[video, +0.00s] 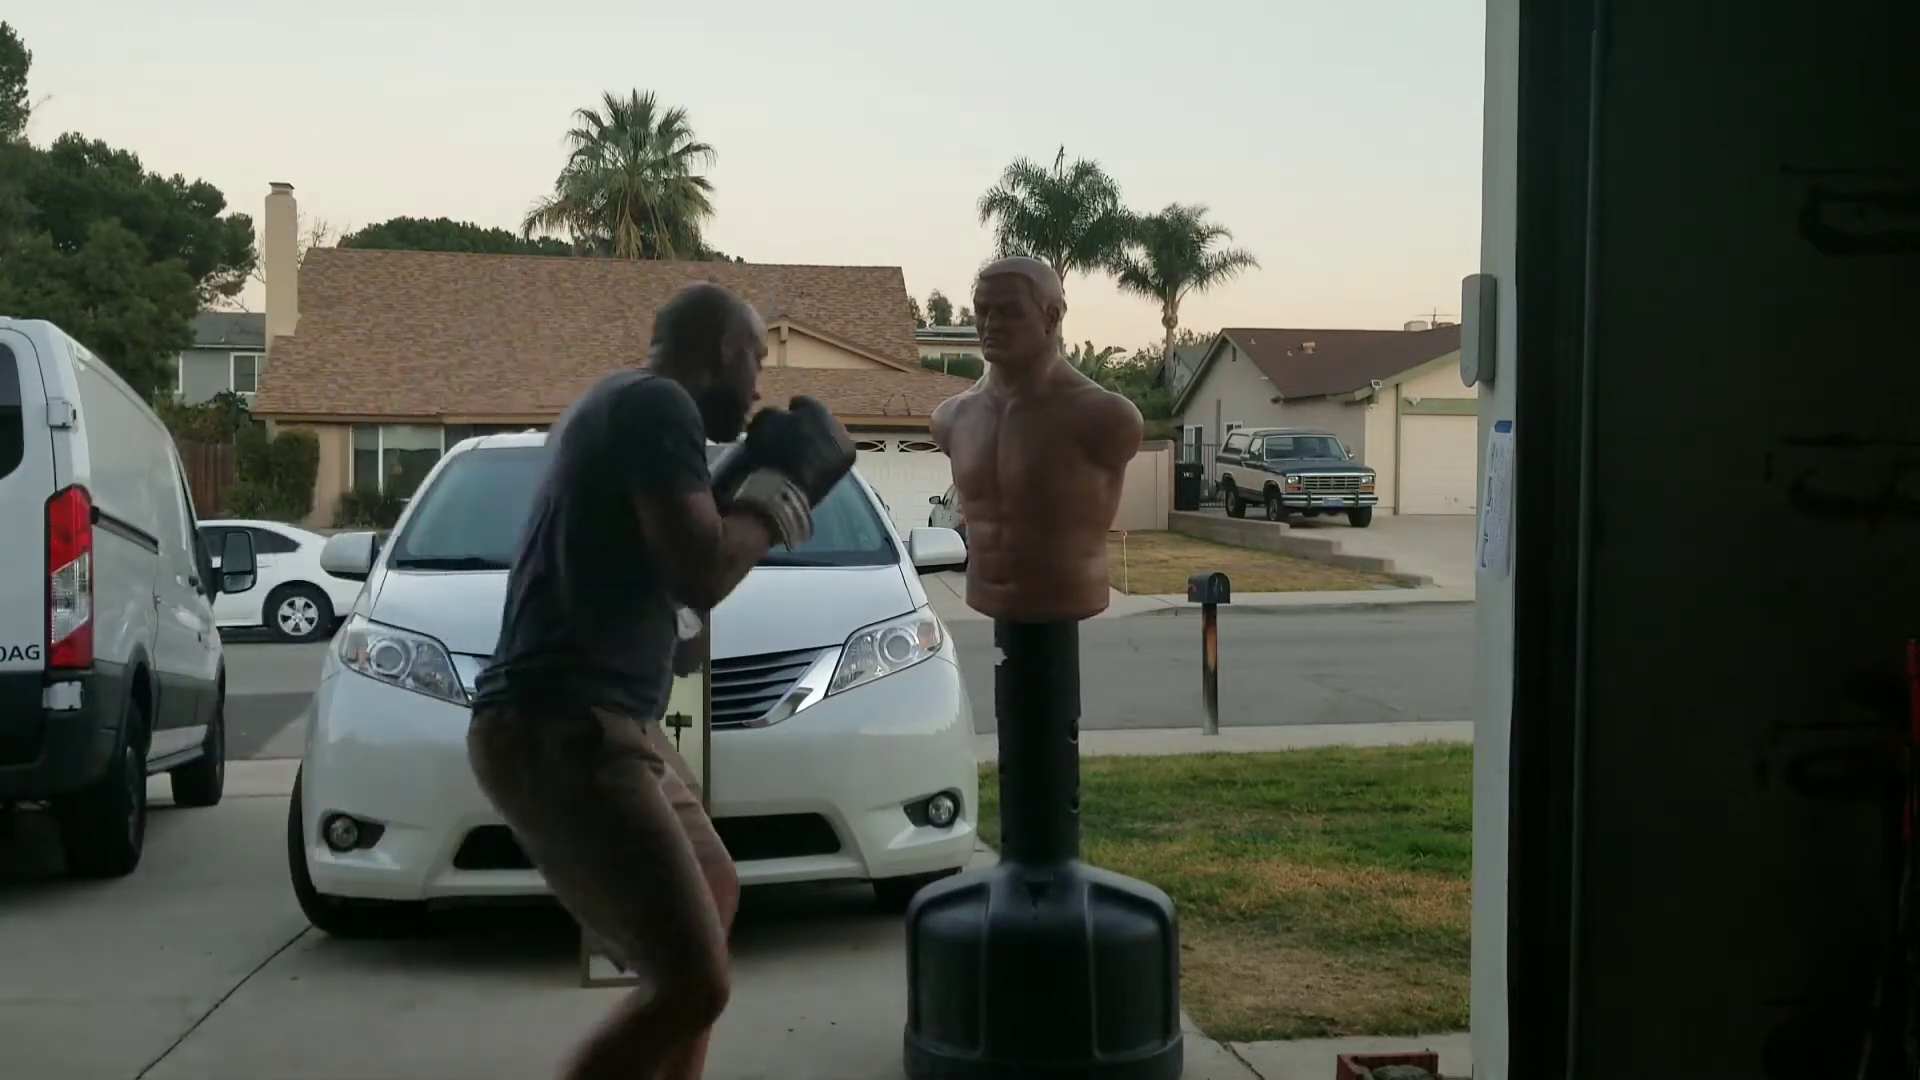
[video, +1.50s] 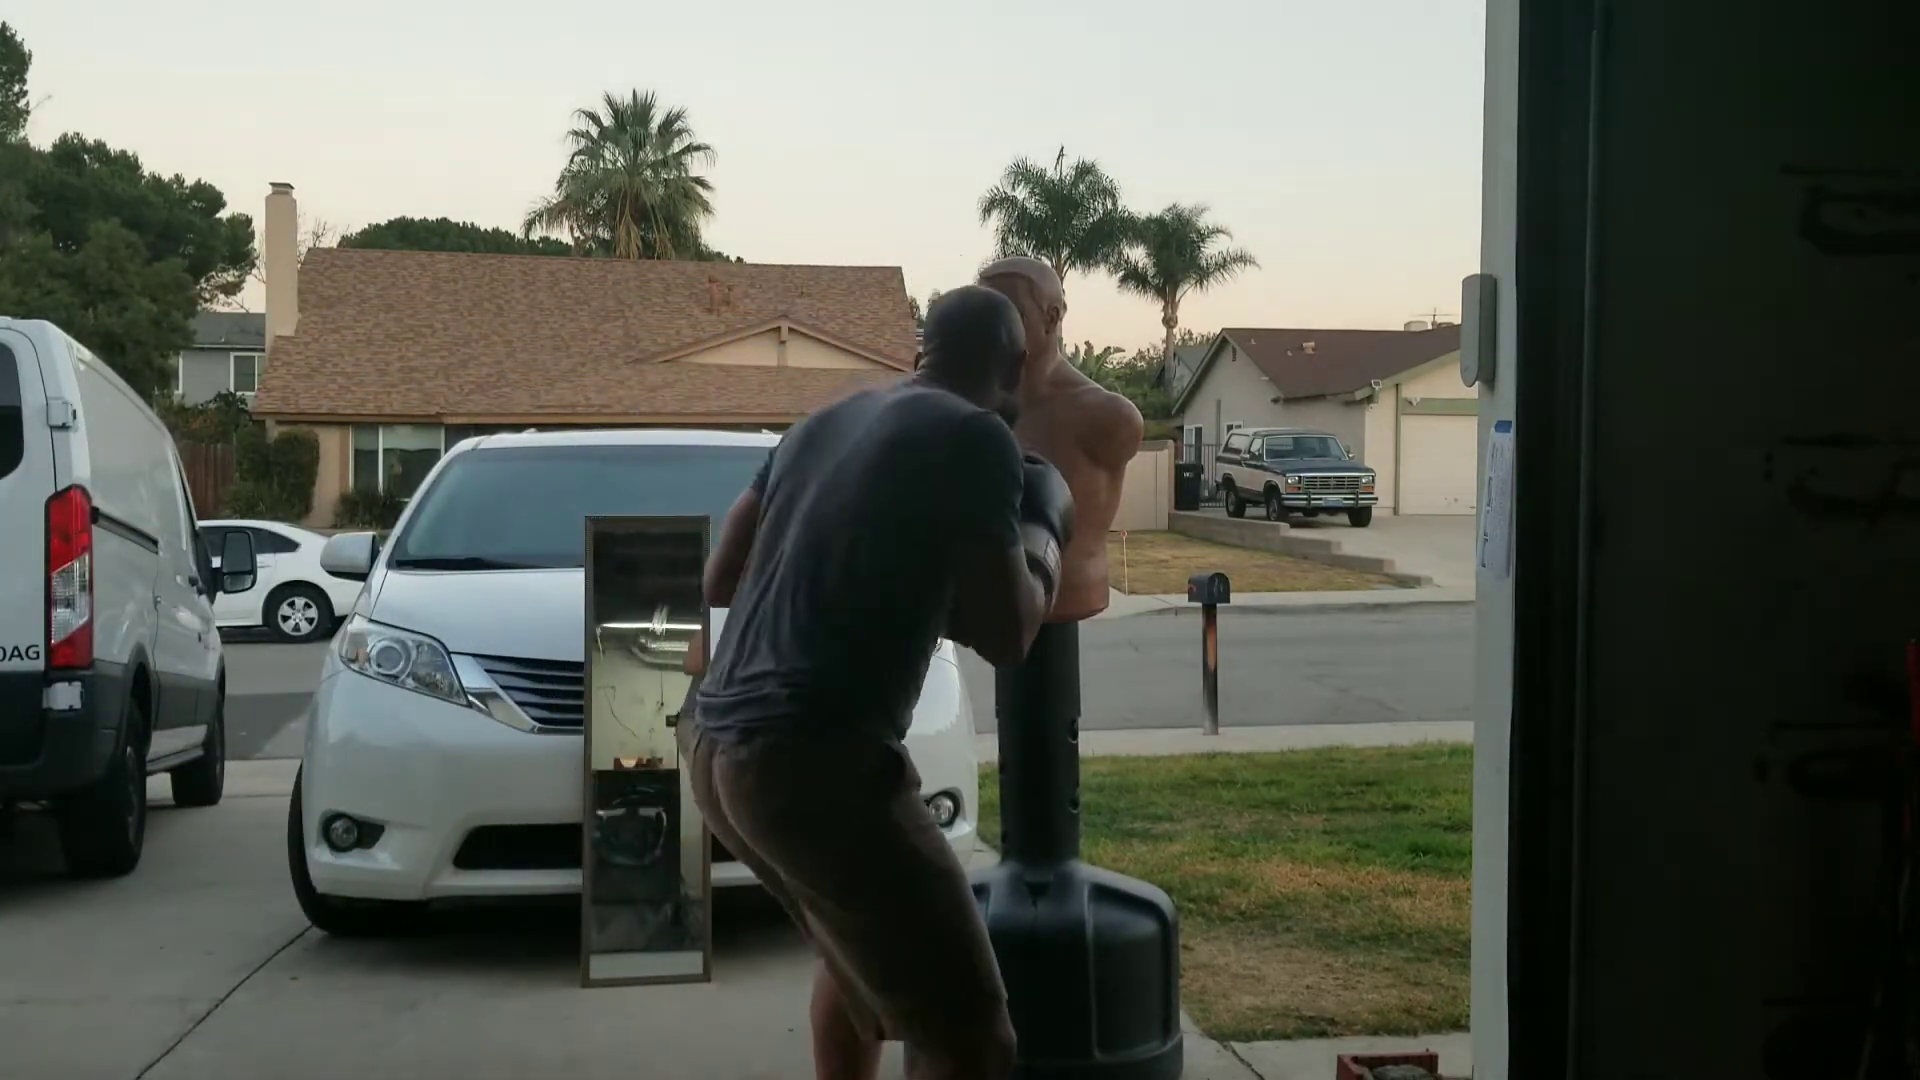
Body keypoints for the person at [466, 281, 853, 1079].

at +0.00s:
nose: (760, 385)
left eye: (760, 365)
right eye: (755, 363)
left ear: (677, 349)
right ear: (720, 355)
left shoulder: (637, 405)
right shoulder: (653, 405)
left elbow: (670, 560)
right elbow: (704, 576)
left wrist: (742, 480)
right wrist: (779, 487)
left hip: (610, 719)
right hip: (563, 726)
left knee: (713, 889)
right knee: (693, 984)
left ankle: (675, 1062)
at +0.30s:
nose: (842, 366)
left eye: (844, 347)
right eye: (844, 344)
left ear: (744, 329)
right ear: (820, 340)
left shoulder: (648, 396)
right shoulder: (755, 412)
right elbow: (822, 586)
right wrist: (874, 484)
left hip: (583, 737)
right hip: (654, 745)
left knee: (673, 966)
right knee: (776, 1034)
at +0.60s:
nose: (847, 270)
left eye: (846, 252)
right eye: (841, 247)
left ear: (732, 237)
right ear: (820, 239)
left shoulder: (638, 332)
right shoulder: (786, 335)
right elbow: (904, 509)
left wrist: (830, 312)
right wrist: (916, 354)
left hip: (615, 722)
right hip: (716, 729)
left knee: (684, 1017)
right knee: (742, 1039)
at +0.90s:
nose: (859, 237)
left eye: (856, 225)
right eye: (858, 223)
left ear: (746, 229)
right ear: (851, 222)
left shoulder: (643, 335)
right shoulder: (864, 326)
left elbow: (619, 525)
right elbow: (953, 528)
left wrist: (722, 516)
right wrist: (978, 397)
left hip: (665, 706)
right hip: (783, 713)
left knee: (753, 968)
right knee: (756, 1016)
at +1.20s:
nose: (922, 277)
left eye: (916, 266)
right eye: (921, 264)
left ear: (814, 265)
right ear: (913, 260)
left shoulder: (719, 362)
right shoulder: (915, 343)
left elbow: (704, 542)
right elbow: (979, 542)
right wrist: (985, 429)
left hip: (728, 705)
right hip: (837, 702)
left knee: (796, 978)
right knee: (856, 1015)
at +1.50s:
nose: (1022, 396)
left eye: (1023, 374)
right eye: (1024, 374)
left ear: (921, 354)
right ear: (1009, 369)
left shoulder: (821, 422)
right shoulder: (975, 437)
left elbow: (721, 582)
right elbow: (1006, 637)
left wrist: (856, 560)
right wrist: (1039, 524)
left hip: (718, 757)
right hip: (821, 764)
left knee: (854, 965)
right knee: (969, 1034)